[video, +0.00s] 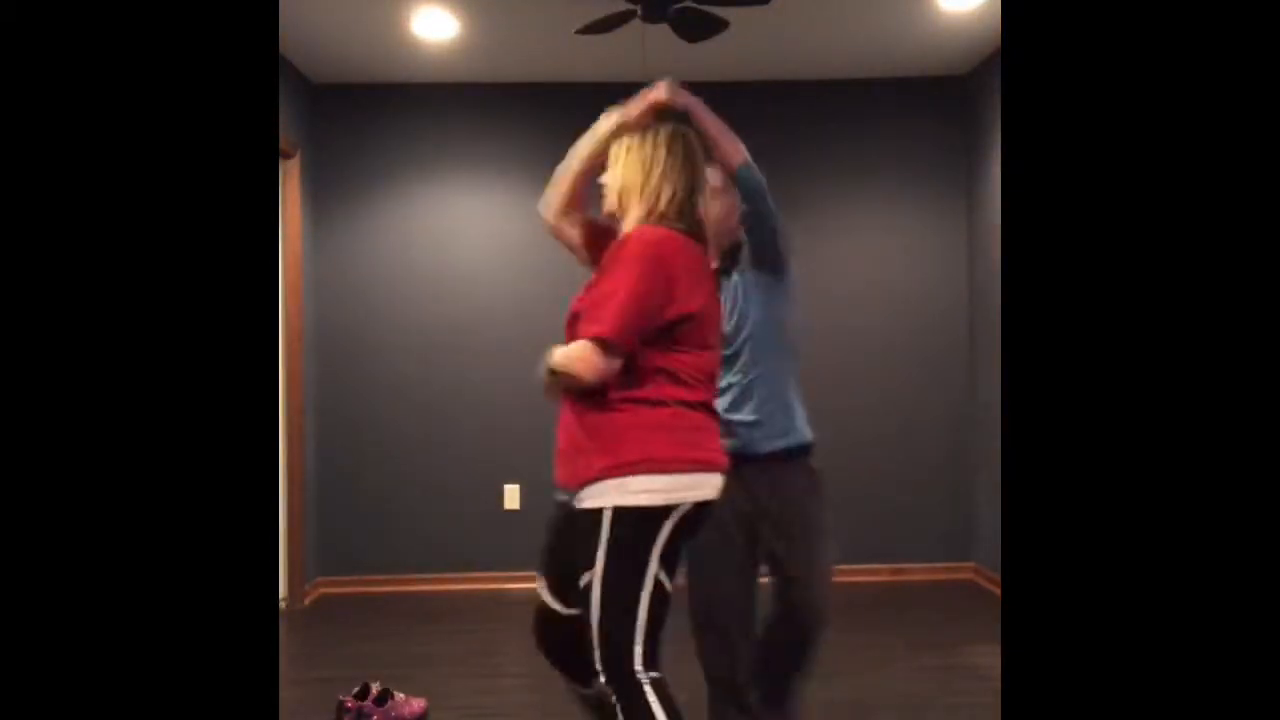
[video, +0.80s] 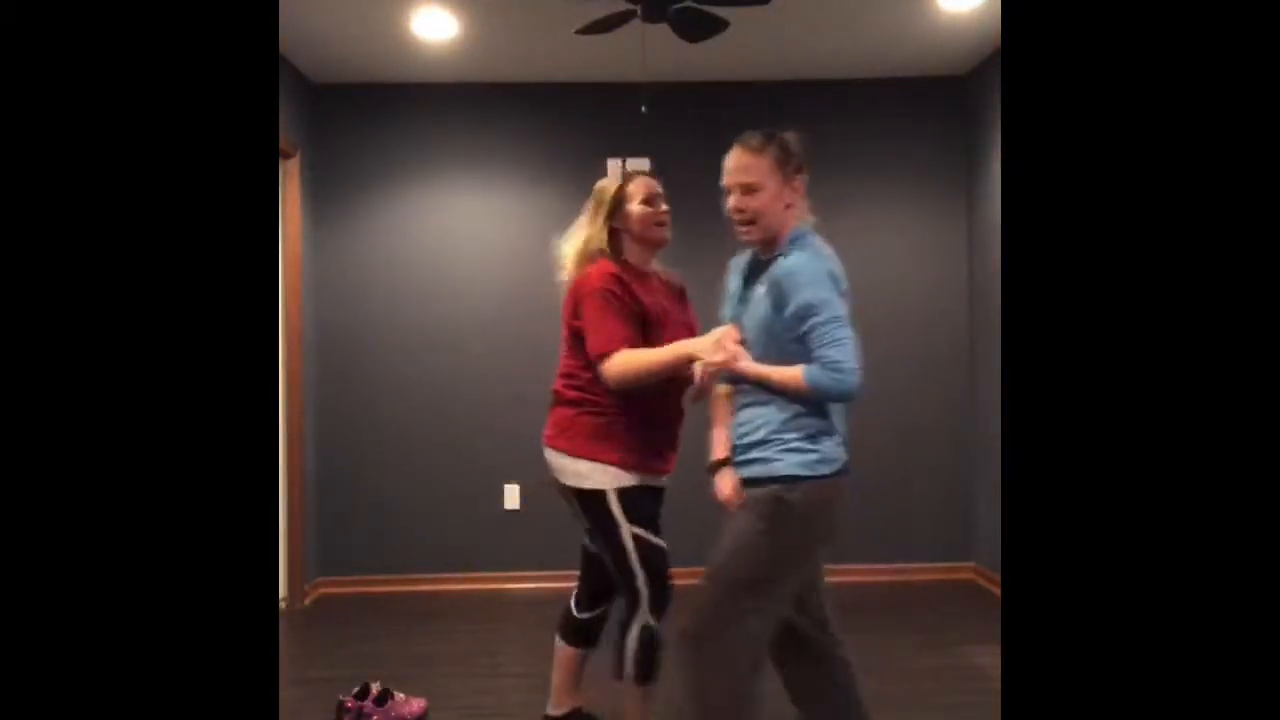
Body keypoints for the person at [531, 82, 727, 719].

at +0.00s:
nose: (606, 173)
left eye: (616, 159)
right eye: (607, 160)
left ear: (638, 169)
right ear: (674, 171)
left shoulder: (654, 247)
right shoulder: (635, 246)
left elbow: (593, 365)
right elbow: (559, 211)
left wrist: (555, 355)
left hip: (647, 482)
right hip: (613, 480)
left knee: (621, 663)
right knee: (562, 634)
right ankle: (623, 708)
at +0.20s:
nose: (605, 187)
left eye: (622, 178)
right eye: (600, 177)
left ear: (652, 195)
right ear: (590, 189)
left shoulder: (671, 276)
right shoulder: (551, 258)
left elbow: (657, 368)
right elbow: (508, 215)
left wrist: (559, 335)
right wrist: (594, 167)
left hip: (638, 481)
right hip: (541, 479)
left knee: (620, 640)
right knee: (560, 648)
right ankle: (573, 713)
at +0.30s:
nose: (621, 194)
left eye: (632, 188)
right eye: (609, 185)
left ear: (646, 205)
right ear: (582, 199)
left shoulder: (661, 275)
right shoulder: (545, 260)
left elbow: (682, 374)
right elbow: (511, 293)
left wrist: (609, 347)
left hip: (640, 476)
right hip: (544, 477)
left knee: (623, 638)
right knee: (568, 640)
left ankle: (635, 713)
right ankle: (575, 715)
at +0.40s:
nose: (629, 200)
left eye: (635, 192)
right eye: (616, 189)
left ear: (641, 205)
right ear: (581, 198)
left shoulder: (652, 281)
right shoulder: (551, 267)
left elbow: (678, 364)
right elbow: (543, 332)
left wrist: (645, 374)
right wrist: (664, 354)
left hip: (638, 469)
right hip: (550, 470)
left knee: (637, 629)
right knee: (578, 627)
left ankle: (616, 711)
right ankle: (579, 713)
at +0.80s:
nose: (664, 209)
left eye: (664, 201)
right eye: (649, 201)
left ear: (666, 213)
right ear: (616, 217)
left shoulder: (670, 288)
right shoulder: (600, 279)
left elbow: (682, 383)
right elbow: (614, 367)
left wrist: (710, 364)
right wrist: (696, 348)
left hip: (644, 460)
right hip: (592, 455)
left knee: (596, 587)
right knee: (649, 589)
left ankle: (562, 705)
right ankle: (637, 712)